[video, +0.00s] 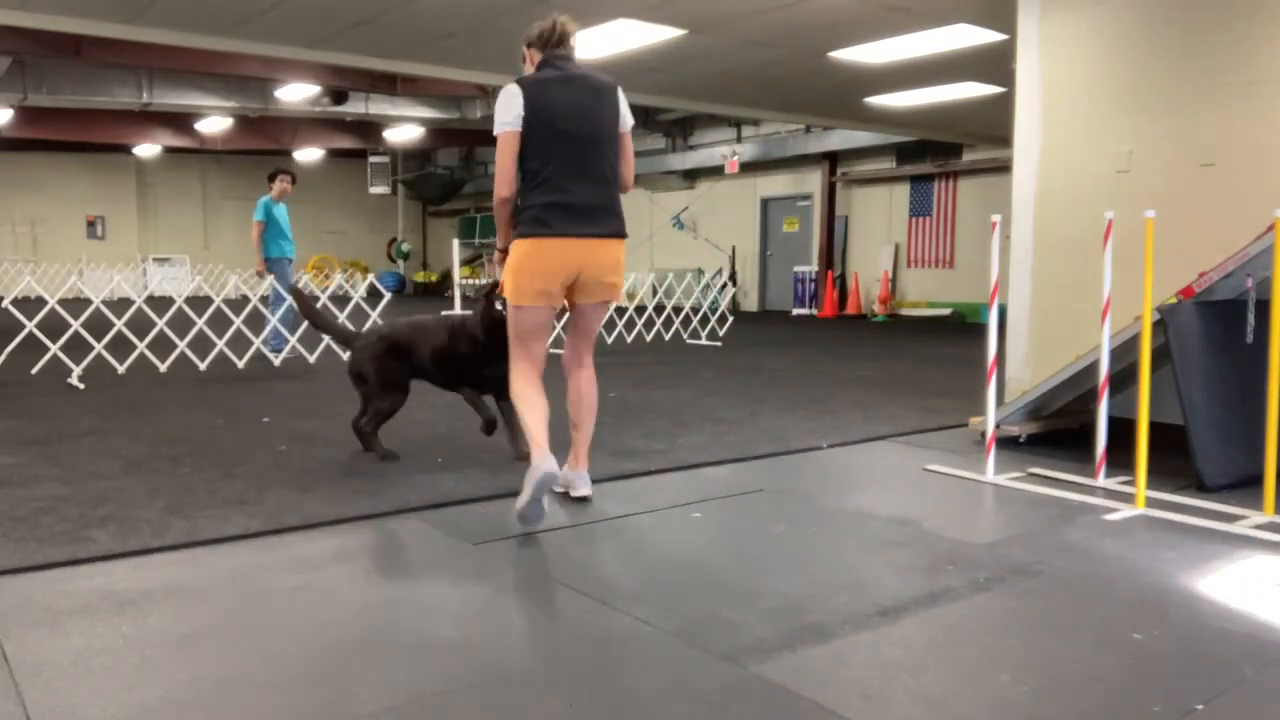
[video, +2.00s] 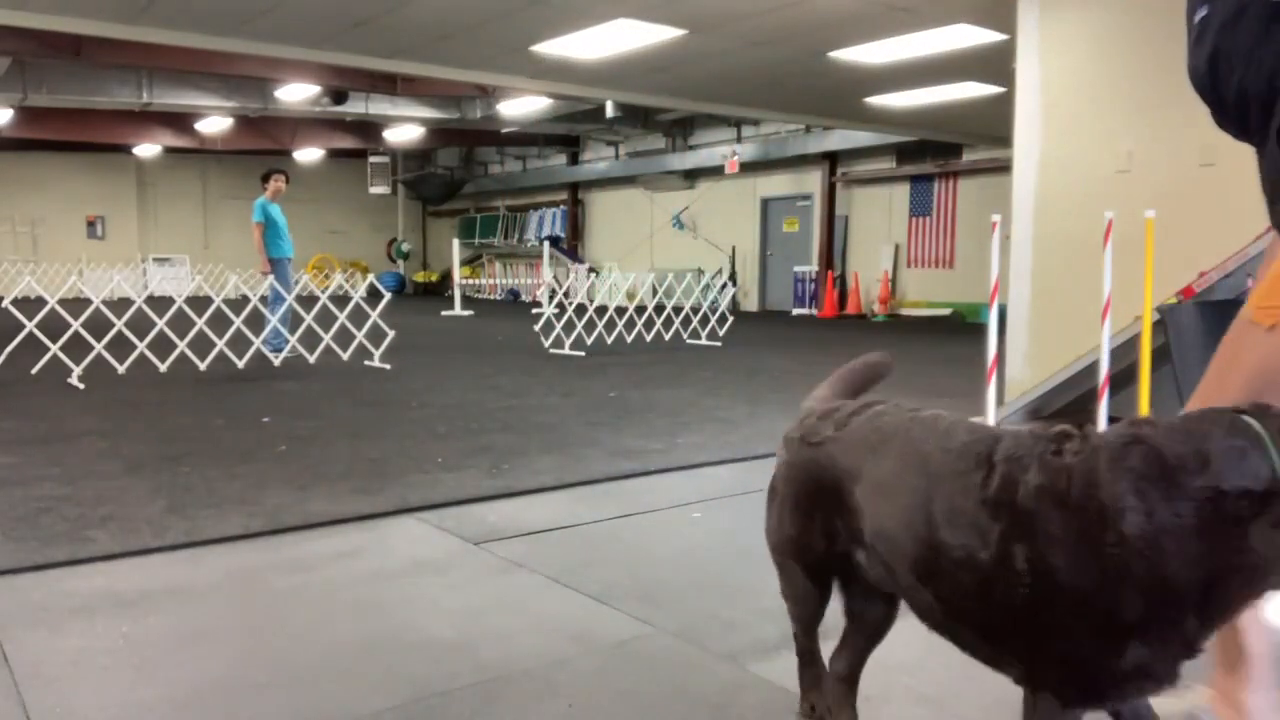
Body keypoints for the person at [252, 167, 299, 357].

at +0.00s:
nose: (285, 186)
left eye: (289, 183)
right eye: (282, 181)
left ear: (291, 187)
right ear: (272, 184)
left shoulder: (283, 206)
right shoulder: (264, 203)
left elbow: (283, 232)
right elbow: (257, 232)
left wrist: (290, 255)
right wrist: (259, 261)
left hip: (287, 256)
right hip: (275, 256)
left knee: (279, 299)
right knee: (284, 298)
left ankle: (274, 340)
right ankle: (277, 342)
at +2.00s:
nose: (280, 185)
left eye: (283, 182)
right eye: (276, 181)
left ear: (286, 186)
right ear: (267, 184)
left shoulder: (276, 206)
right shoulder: (260, 204)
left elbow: (280, 232)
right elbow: (258, 233)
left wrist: (287, 256)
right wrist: (264, 261)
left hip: (285, 256)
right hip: (276, 257)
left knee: (278, 299)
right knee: (283, 298)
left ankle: (275, 341)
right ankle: (276, 343)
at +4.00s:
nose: (282, 187)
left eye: (285, 184)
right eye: (278, 183)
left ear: (287, 188)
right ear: (269, 185)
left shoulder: (276, 207)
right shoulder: (262, 204)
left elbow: (279, 233)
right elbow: (260, 234)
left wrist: (288, 256)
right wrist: (266, 262)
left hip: (286, 256)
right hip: (277, 257)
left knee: (276, 299)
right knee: (286, 299)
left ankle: (272, 340)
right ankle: (276, 342)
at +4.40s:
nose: (282, 186)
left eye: (285, 183)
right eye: (278, 182)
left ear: (287, 187)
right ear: (269, 184)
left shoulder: (276, 207)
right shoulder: (262, 204)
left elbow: (279, 233)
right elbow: (260, 235)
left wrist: (287, 256)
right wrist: (267, 262)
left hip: (285, 256)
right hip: (278, 257)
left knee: (276, 299)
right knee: (288, 299)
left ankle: (272, 340)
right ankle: (277, 341)